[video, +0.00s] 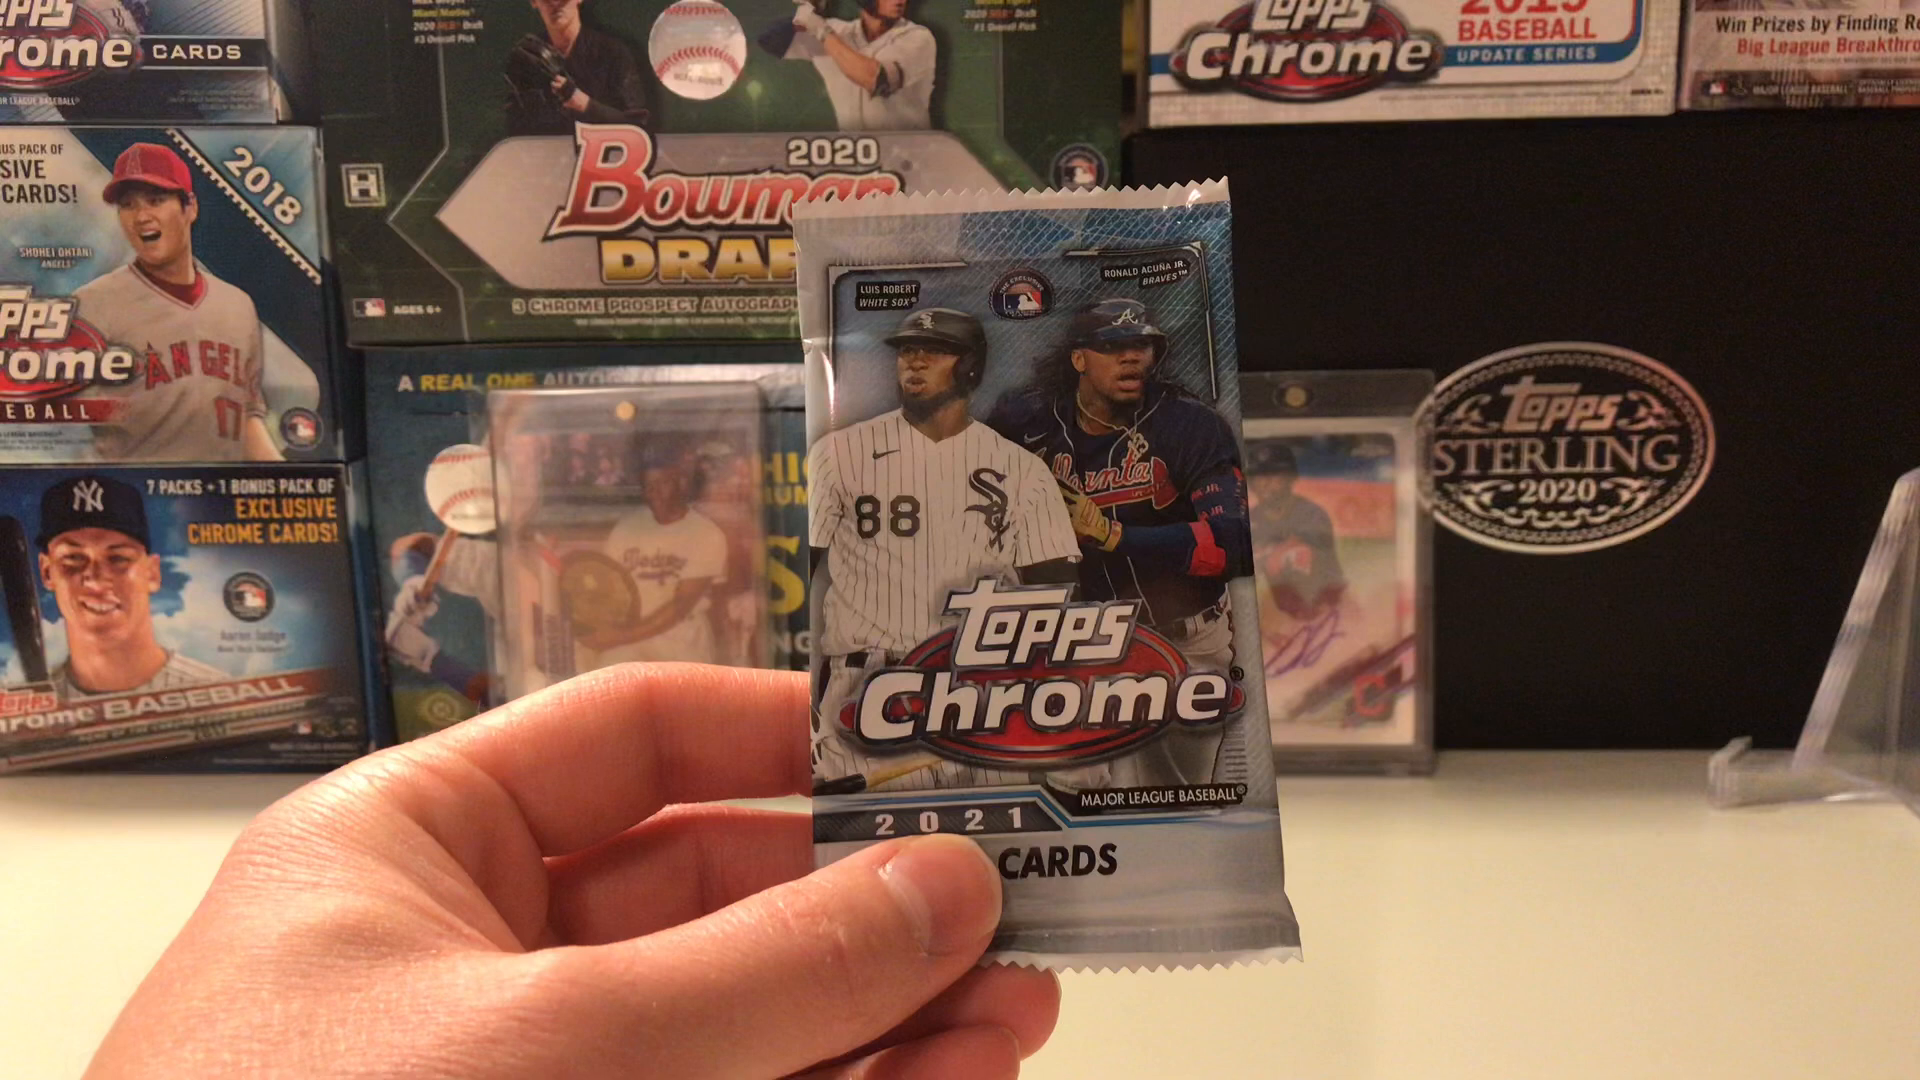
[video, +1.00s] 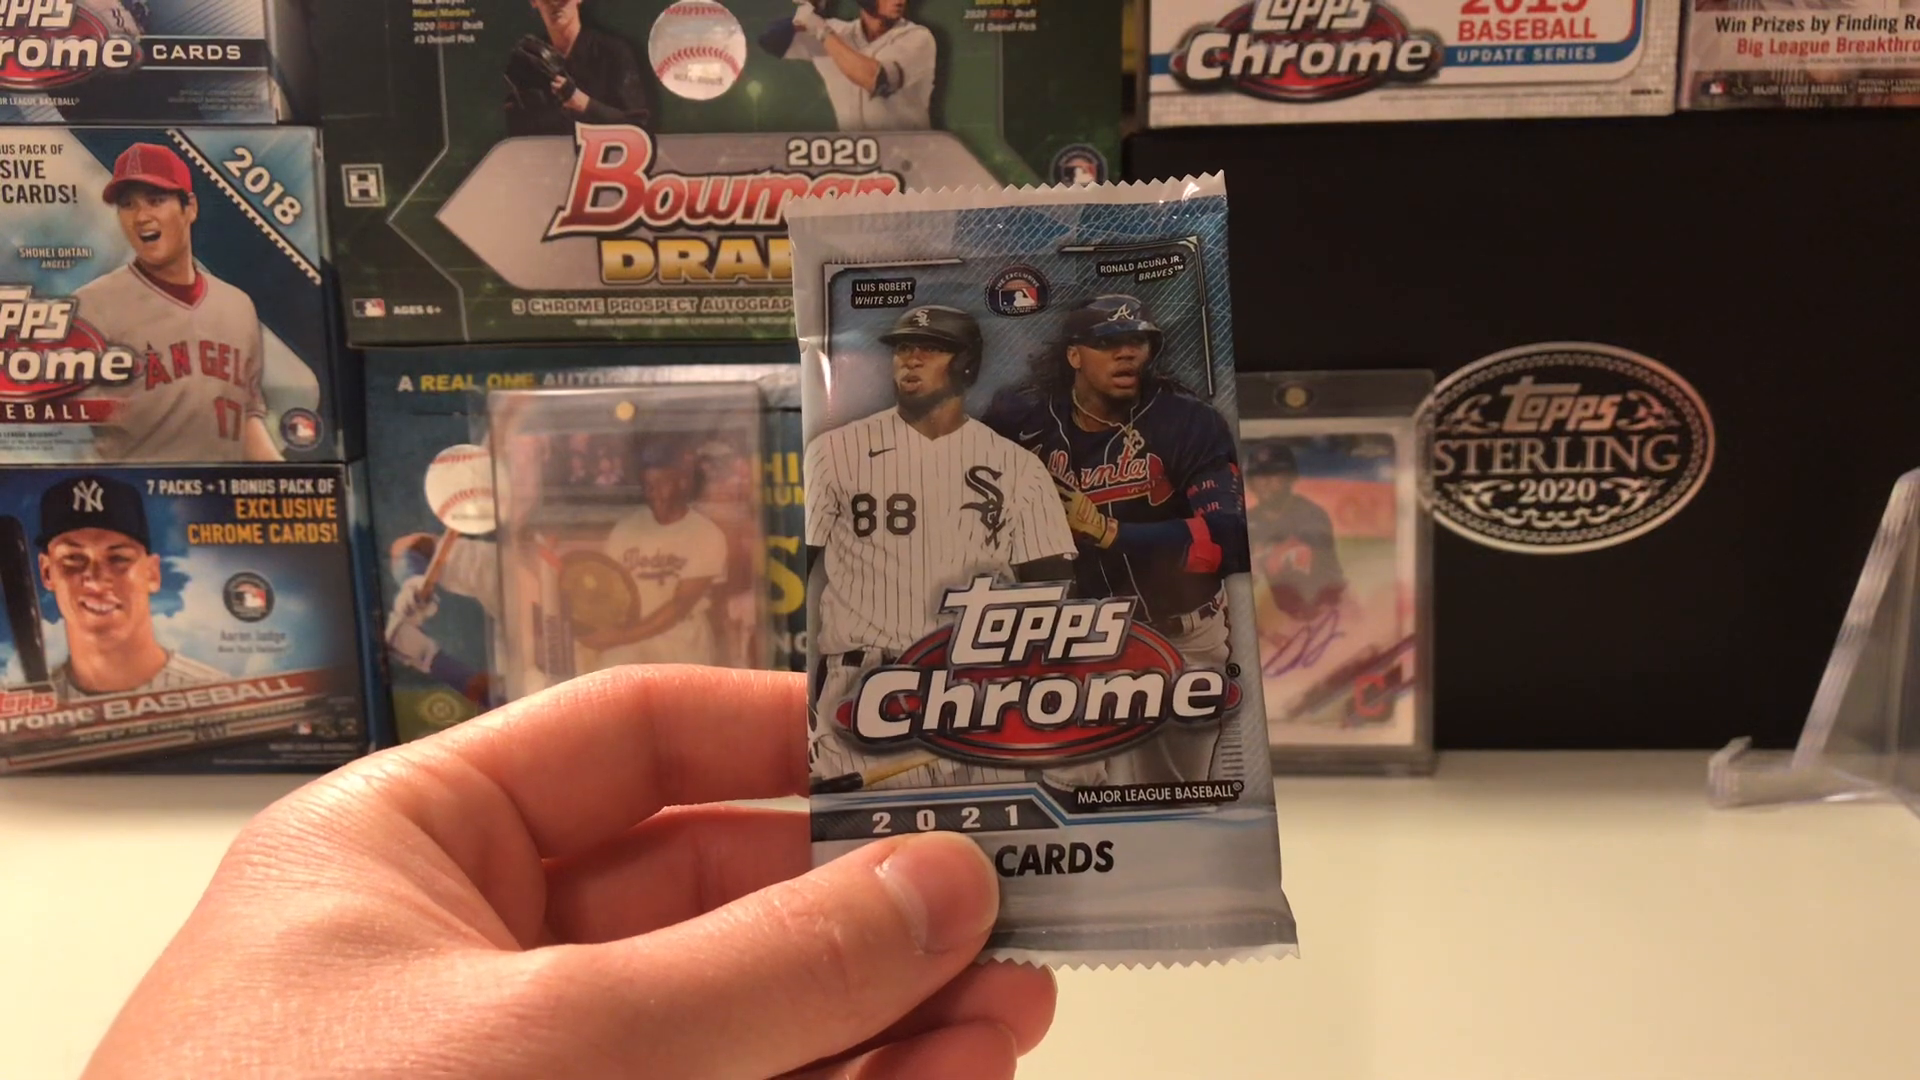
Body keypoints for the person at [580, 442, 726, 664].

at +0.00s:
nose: (654, 492)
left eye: (662, 484)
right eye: (648, 485)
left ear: (680, 484)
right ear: (642, 488)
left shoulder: (707, 535)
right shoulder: (626, 529)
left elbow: (680, 607)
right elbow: (605, 589)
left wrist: (619, 637)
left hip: (683, 659)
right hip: (626, 658)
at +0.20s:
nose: (653, 492)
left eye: (661, 483)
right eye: (648, 485)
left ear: (682, 484)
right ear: (642, 487)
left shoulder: (707, 536)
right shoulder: (625, 529)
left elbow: (680, 607)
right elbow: (604, 589)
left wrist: (618, 637)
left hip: (684, 660)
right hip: (626, 660)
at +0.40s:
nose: (653, 493)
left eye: (661, 484)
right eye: (648, 485)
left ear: (681, 483)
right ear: (642, 488)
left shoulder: (707, 535)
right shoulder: (625, 530)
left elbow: (681, 606)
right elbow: (605, 590)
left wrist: (620, 636)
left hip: (683, 660)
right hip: (626, 660)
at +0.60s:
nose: (653, 494)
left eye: (661, 484)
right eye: (648, 485)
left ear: (682, 484)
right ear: (642, 486)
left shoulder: (707, 536)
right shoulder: (625, 529)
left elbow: (680, 607)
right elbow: (605, 590)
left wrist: (621, 636)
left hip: (683, 661)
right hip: (626, 662)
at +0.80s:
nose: (653, 494)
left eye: (661, 484)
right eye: (648, 485)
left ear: (683, 484)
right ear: (642, 487)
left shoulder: (707, 536)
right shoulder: (625, 529)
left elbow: (680, 607)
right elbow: (604, 589)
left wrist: (621, 636)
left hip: (683, 658)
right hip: (626, 658)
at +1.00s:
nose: (653, 493)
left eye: (661, 484)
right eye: (648, 485)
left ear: (682, 483)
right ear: (643, 487)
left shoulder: (706, 535)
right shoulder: (625, 530)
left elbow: (680, 606)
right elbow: (605, 592)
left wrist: (619, 636)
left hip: (683, 660)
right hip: (626, 660)